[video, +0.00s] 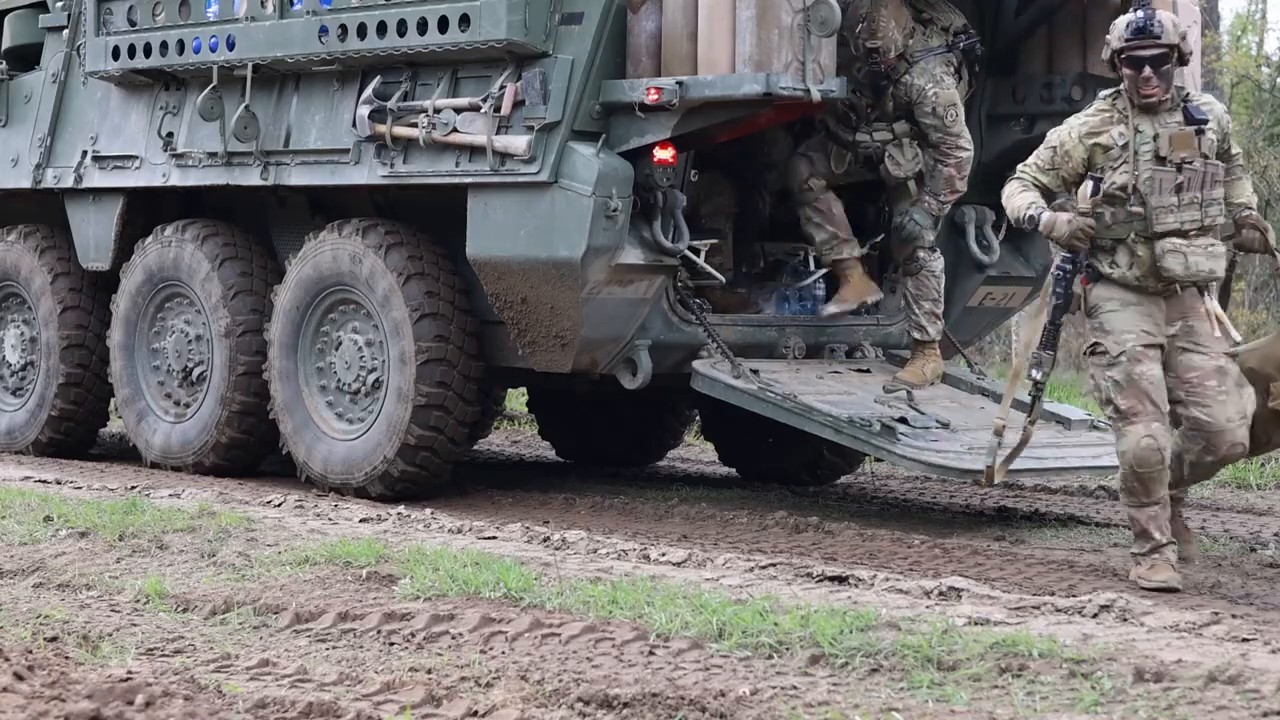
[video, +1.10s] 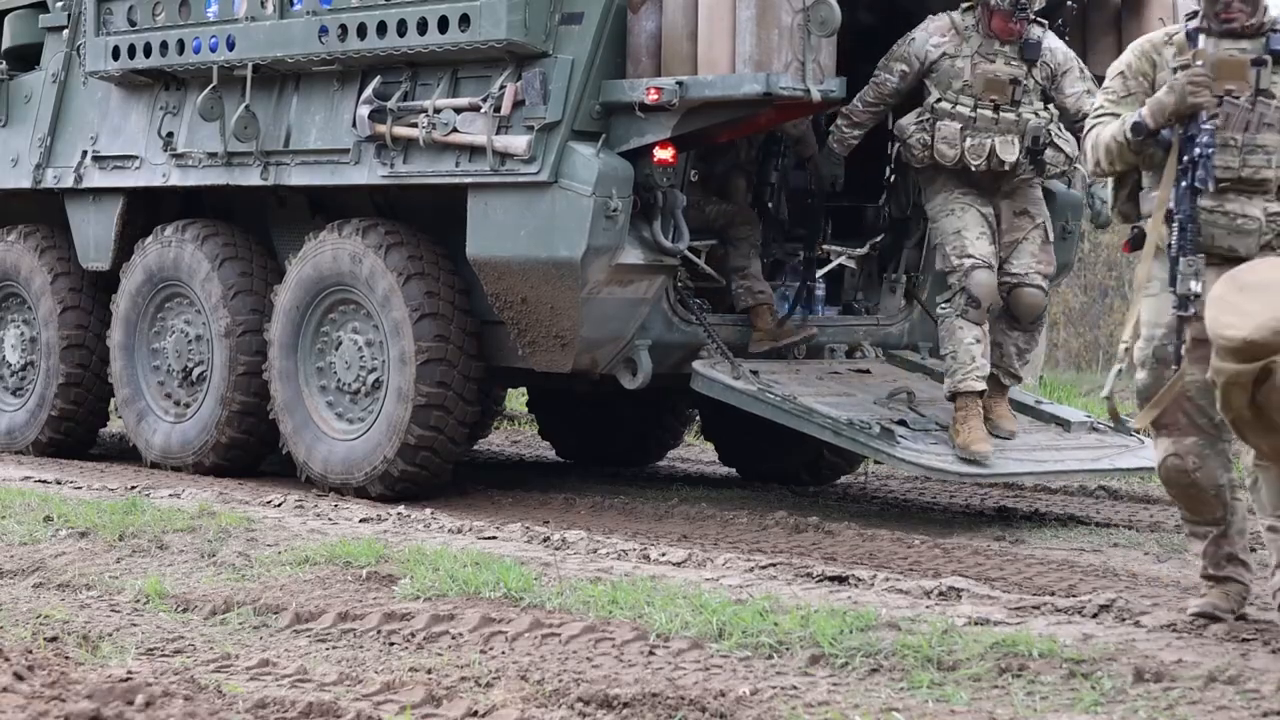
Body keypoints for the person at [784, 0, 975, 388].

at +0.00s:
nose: (878, 60)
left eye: (885, 52)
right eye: (869, 52)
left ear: (903, 42)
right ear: (855, 41)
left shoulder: (928, 79)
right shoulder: (845, 49)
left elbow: (956, 151)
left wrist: (929, 211)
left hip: (913, 148)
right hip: (860, 141)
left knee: (913, 235)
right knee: (804, 171)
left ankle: (926, 353)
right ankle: (854, 278)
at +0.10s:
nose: (891, 57)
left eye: (898, 48)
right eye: (881, 49)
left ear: (912, 40)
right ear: (863, 41)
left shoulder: (937, 75)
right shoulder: (844, 52)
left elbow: (967, 144)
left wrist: (943, 204)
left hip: (921, 168)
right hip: (859, 165)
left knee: (914, 244)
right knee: (847, 220)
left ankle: (926, 355)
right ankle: (859, 336)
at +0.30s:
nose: (906, 56)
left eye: (915, 47)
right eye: (897, 48)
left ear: (929, 35)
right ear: (878, 36)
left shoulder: (955, 61)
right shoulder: (854, 51)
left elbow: (998, 122)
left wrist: (981, 181)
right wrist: (853, 155)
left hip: (943, 176)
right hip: (881, 173)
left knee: (933, 256)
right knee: (889, 246)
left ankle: (923, 346)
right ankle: (883, 362)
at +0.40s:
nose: (927, 58)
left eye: (934, 49)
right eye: (917, 50)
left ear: (945, 36)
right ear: (895, 36)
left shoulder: (968, 62)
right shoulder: (864, 39)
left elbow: (1011, 121)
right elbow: (810, 49)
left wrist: (1003, 184)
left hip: (951, 170)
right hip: (884, 166)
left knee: (956, 242)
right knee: (896, 246)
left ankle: (933, 331)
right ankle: (886, 363)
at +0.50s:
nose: (953, 61)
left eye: (959, 50)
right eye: (942, 52)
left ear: (969, 37)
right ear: (917, 37)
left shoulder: (983, 65)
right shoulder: (874, 38)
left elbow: (1015, 131)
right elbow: (821, 69)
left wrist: (1015, 194)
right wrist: (843, 132)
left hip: (957, 169)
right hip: (887, 164)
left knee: (971, 247)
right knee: (897, 247)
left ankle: (969, 367)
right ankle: (885, 368)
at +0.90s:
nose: (1012, 33)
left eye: (1024, 22)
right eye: (1007, 18)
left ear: (1034, 22)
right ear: (984, 10)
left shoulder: (1041, 65)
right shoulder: (933, 34)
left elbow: (1071, 143)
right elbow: (874, 85)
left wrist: (1082, 208)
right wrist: (828, 134)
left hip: (1003, 179)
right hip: (931, 167)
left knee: (1009, 278)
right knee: (949, 251)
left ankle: (994, 392)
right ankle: (949, 376)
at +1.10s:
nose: (1020, 26)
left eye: (1028, 18)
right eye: (1012, 15)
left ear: (1037, 15)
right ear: (986, 6)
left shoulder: (1049, 49)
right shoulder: (937, 37)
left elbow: (1094, 113)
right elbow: (878, 93)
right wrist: (836, 147)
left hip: (1020, 184)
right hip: (953, 180)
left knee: (1030, 296)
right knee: (977, 285)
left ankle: (997, 391)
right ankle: (968, 408)